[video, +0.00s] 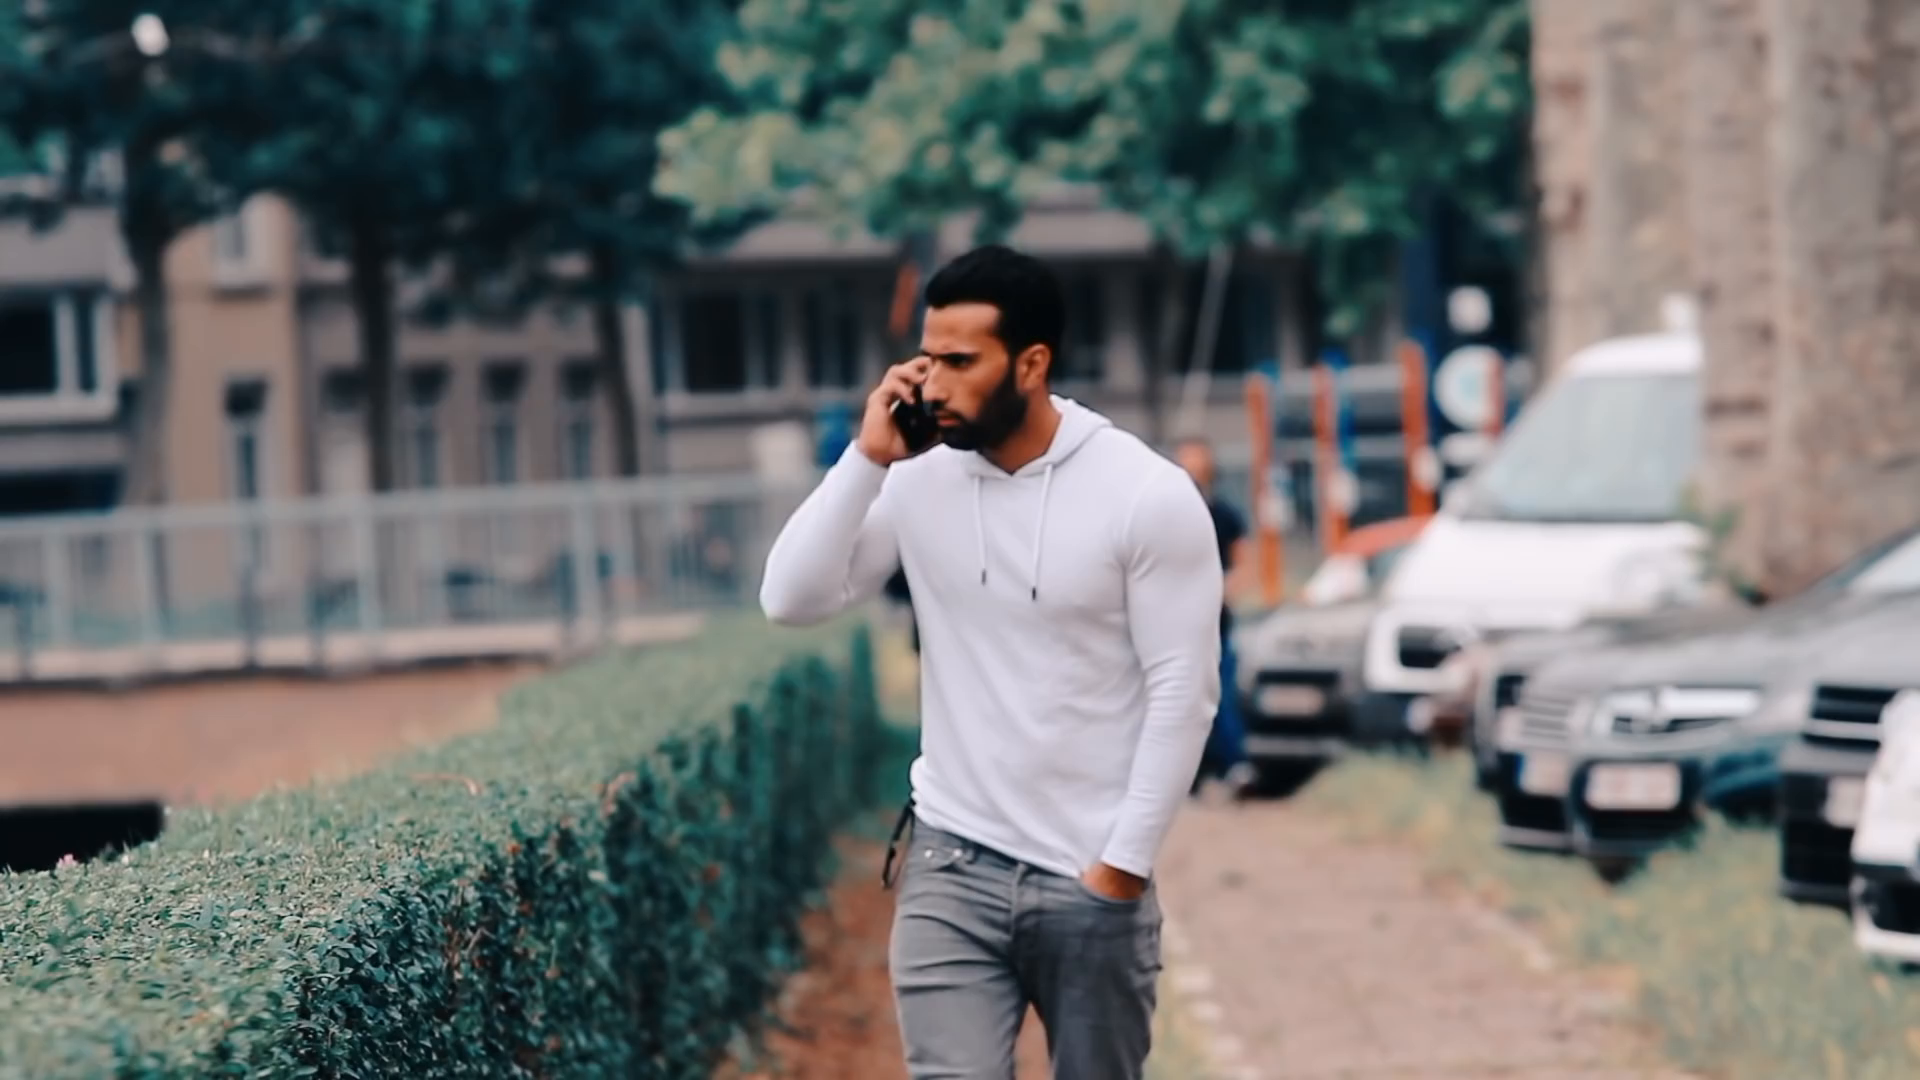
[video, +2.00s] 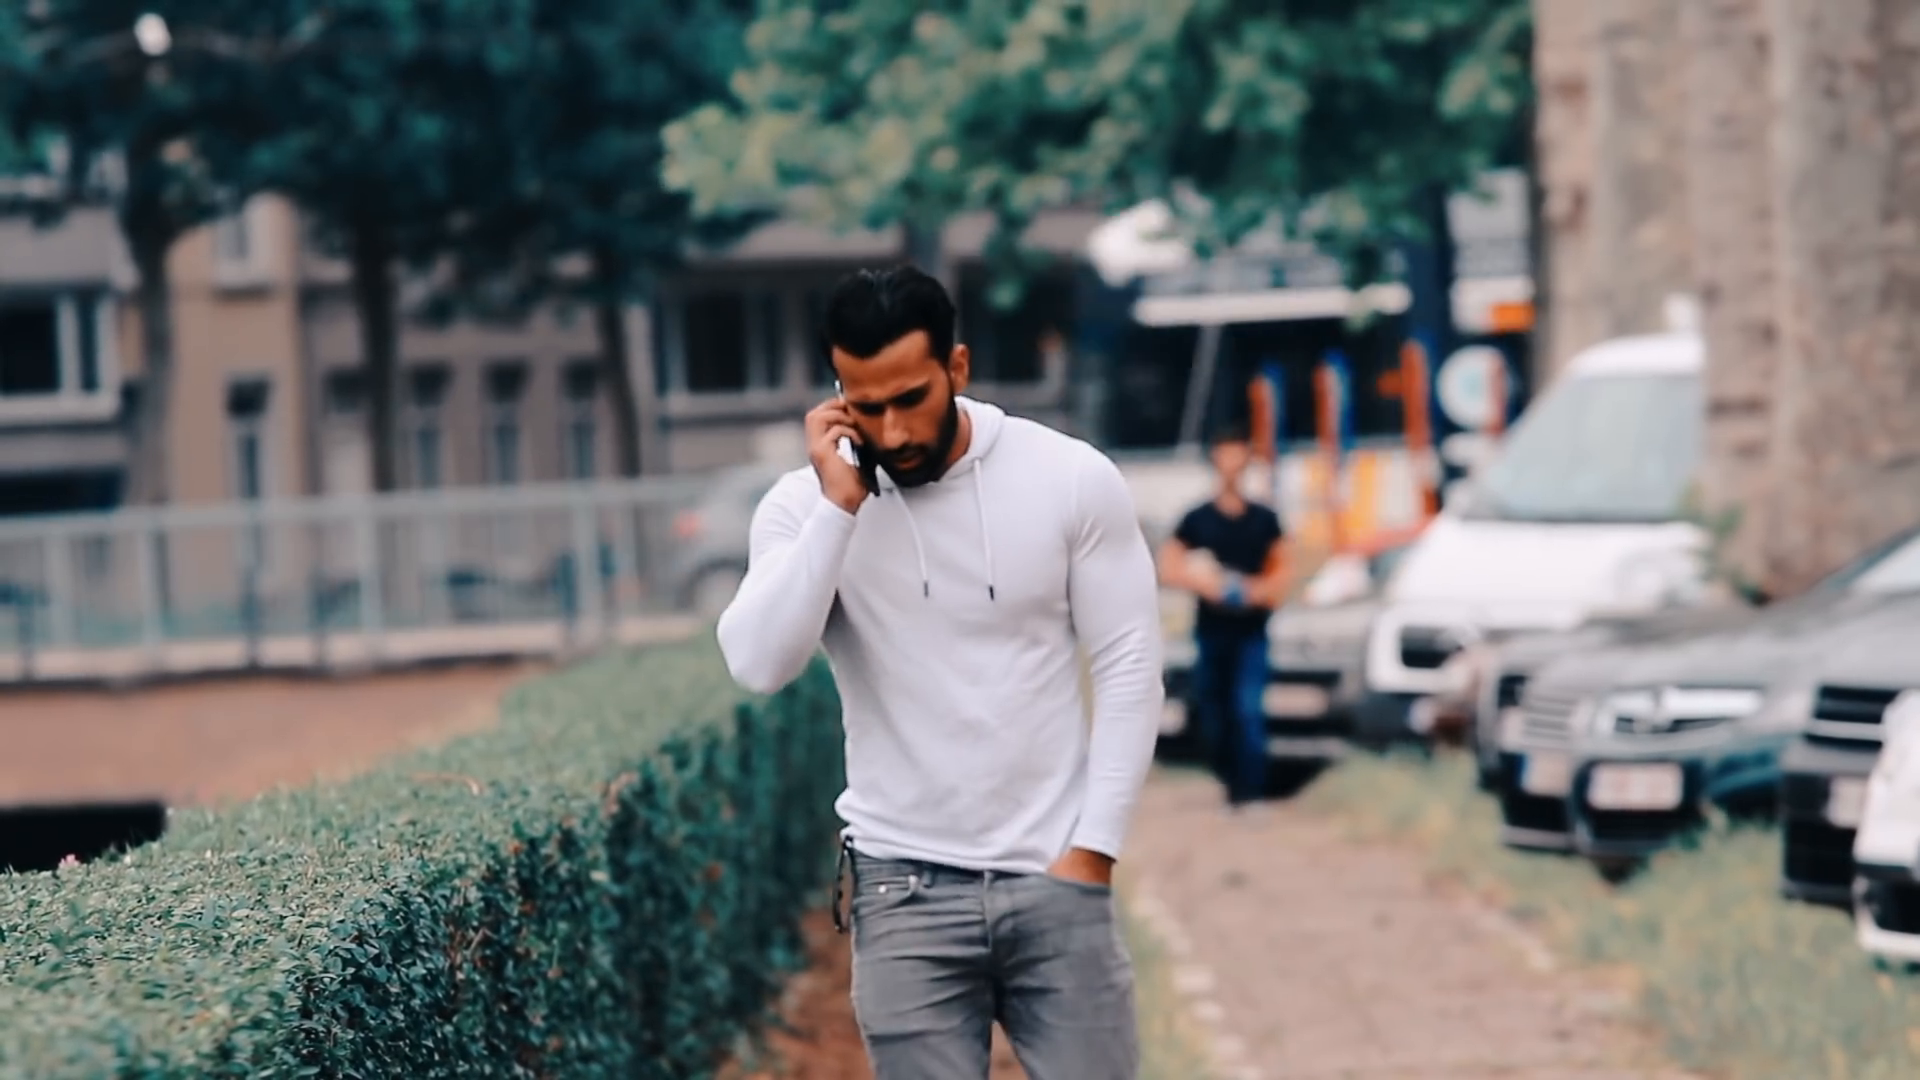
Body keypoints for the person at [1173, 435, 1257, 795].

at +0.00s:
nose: (1194, 474)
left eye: (1199, 467)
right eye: (1187, 467)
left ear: (1210, 468)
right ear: (1177, 468)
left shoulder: (1222, 513)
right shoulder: (1168, 509)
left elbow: (1237, 563)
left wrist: (1219, 590)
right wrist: (1170, 590)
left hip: (1214, 607)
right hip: (1176, 607)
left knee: (1221, 686)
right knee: (1185, 688)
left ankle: (1234, 760)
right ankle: (1189, 769)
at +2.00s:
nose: (1231, 461)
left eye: (1237, 453)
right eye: (1224, 453)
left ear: (1248, 459)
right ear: (1214, 460)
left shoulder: (1264, 519)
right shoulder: (1199, 518)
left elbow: (1283, 572)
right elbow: (1169, 566)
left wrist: (1257, 590)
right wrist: (1208, 584)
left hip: (1251, 630)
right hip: (1212, 630)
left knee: (1247, 707)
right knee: (1211, 709)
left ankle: (1250, 790)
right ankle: (1230, 783)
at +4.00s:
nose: (1245, 460)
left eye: (1252, 452)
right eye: (1237, 452)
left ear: (1262, 454)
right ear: (1225, 454)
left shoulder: (1279, 505)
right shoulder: (1207, 505)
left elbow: (1306, 555)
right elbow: (1179, 563)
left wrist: (1278, 580)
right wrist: (1220, 575)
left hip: (1270, 624)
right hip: (1227, 626)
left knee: (1273, 713)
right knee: (1230, 713)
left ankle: (1272, 790)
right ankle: (1240, 784)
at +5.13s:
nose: (1231, 446)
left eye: (1237, 438)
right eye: (1224, 438)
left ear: (1247, 443)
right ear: (1212, 443)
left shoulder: (1269, 496)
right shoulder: (1199, 499)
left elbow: (1302, 551)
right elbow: (1172, 555)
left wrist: (1268, 576)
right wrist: (1210, 577)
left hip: (1258, 613)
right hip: (1216, 614)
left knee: (1253, 707)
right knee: (1223, 705)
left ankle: (1255, 793)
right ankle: (1225, 795)